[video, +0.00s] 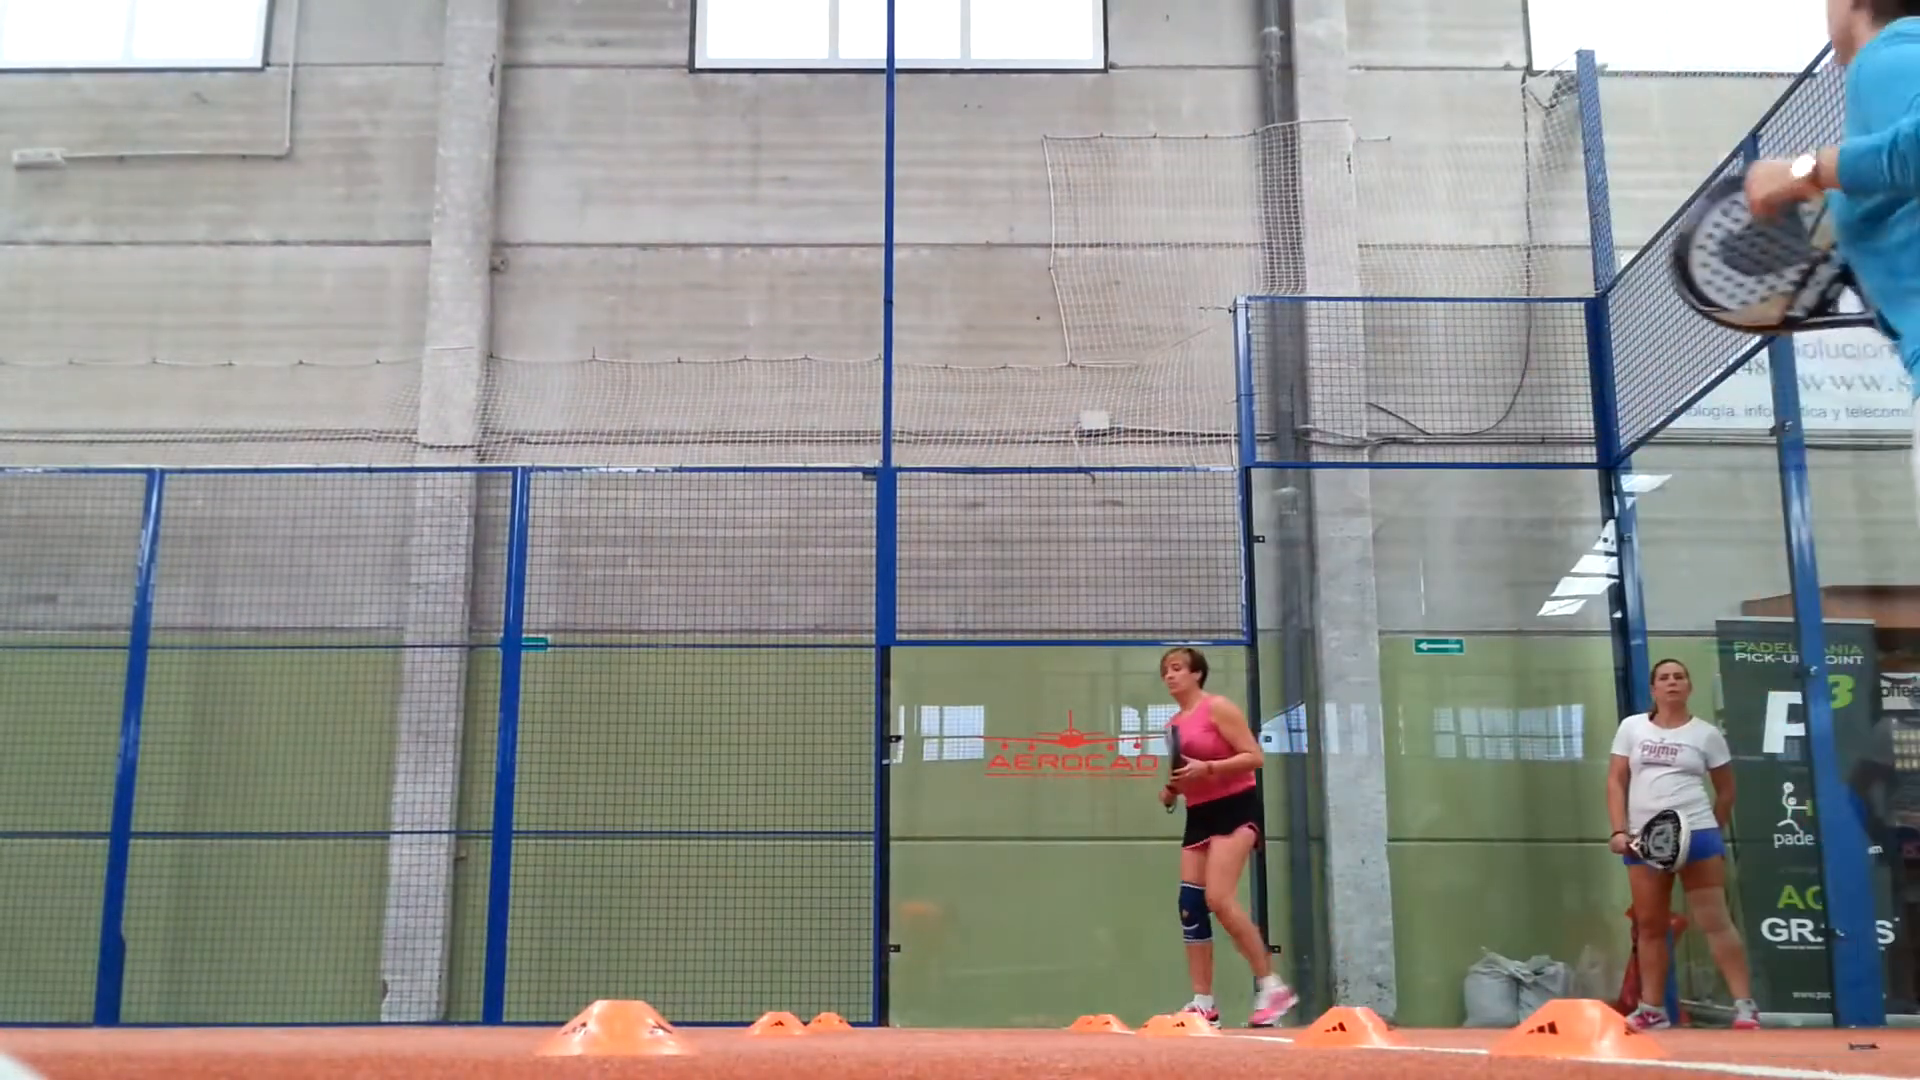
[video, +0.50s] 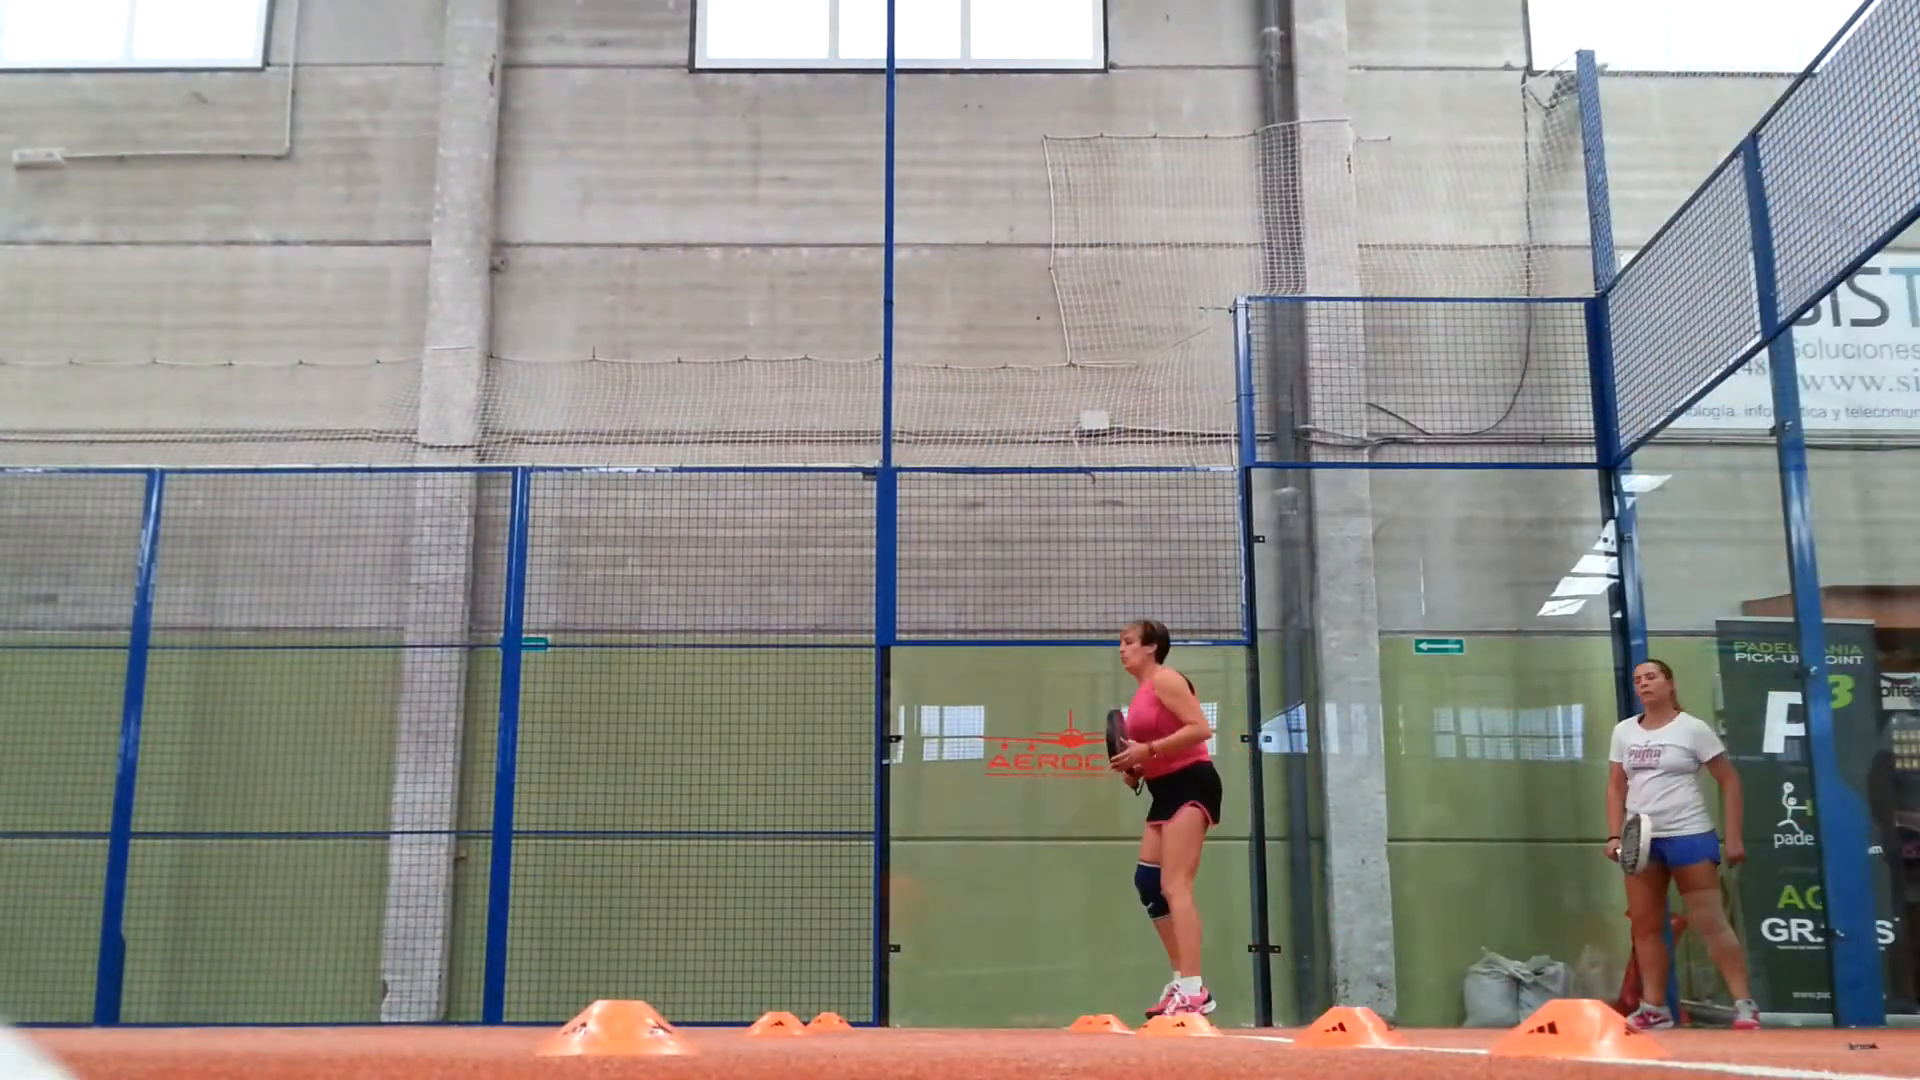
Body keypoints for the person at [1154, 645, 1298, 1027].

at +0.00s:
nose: (1170, 675)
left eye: (1177, 669)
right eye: (1166, 671)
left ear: (1197, 674)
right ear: (1164, 679)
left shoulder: (1219, 707)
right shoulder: (1176, 723)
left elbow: (1254, 756)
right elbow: (1190, 769)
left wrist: (1208, 768)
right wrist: (1174, 788)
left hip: (1236, 811)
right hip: (1198, 814)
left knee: (1219, 899)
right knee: (1190, 906)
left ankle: (1272, 986)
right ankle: (1204, 1003)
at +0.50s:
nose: (1122, 650)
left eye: (1128, 643)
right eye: (1121, 644)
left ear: (1151, 648)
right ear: (1132, 651)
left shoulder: (1166, 680)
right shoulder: (1140, 693)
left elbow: (1200, 728)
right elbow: (1158, 746)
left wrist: (1150, 749)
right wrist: (1135, 765)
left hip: (1190, 784)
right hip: (1164, 790)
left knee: (1176, 884)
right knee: (1149, 884)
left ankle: (1194, 990)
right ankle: (1183, 982)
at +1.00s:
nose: (1095, 650)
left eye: (1101, 642)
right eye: (1094, 643)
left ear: (1125, 644)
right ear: (1115, 648)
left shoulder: (1146, 673)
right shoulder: (1122, 687)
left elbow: (1191, 716)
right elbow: (1134, 737)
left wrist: (1146, 751)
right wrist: (1125, 765)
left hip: (1179, 777)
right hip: (1151, 784)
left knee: (1162, 879)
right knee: (1139, 882)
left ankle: (1199, 982)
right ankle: (1168, 981)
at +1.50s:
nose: (1059, 657)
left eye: (1064, 648)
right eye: (1056, 650)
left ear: (1089, 645)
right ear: (1074, 651)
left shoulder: (1135, 670)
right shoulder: (1070, 701)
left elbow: (1181, 709)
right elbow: (1060, 763)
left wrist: (1160, 736)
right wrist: (1089, 786)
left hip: (1156, 780)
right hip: (1108, 787)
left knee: (1160, 875)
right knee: (1084, 884)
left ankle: (1171, 979)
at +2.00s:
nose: (1023, 815)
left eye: (1028, 806)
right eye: (1019, 808)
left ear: (1053, 798)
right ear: (1018, 807)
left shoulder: (1097, 793)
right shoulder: (1027, 835)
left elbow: (1136, 802)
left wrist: (1167, 829)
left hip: (1111, 846)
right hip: (1056, 855)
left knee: (1146, 910)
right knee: (1020, 912)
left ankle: (1155, 1004)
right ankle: (985, 1005)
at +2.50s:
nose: (1085, 633)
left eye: (1092, 624)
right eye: (1078, 628)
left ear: (1111, 628)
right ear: (1072, 636)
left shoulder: (1144, 670)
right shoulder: (1076, 683)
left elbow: (1185, 729)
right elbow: (1077, 733)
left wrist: (1144, 763)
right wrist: (1079, 765)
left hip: (1160, 777)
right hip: (1108, 783)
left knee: (1149, 883)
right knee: (1097, 884)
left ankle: (1206, 974)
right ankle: (1143, 976)